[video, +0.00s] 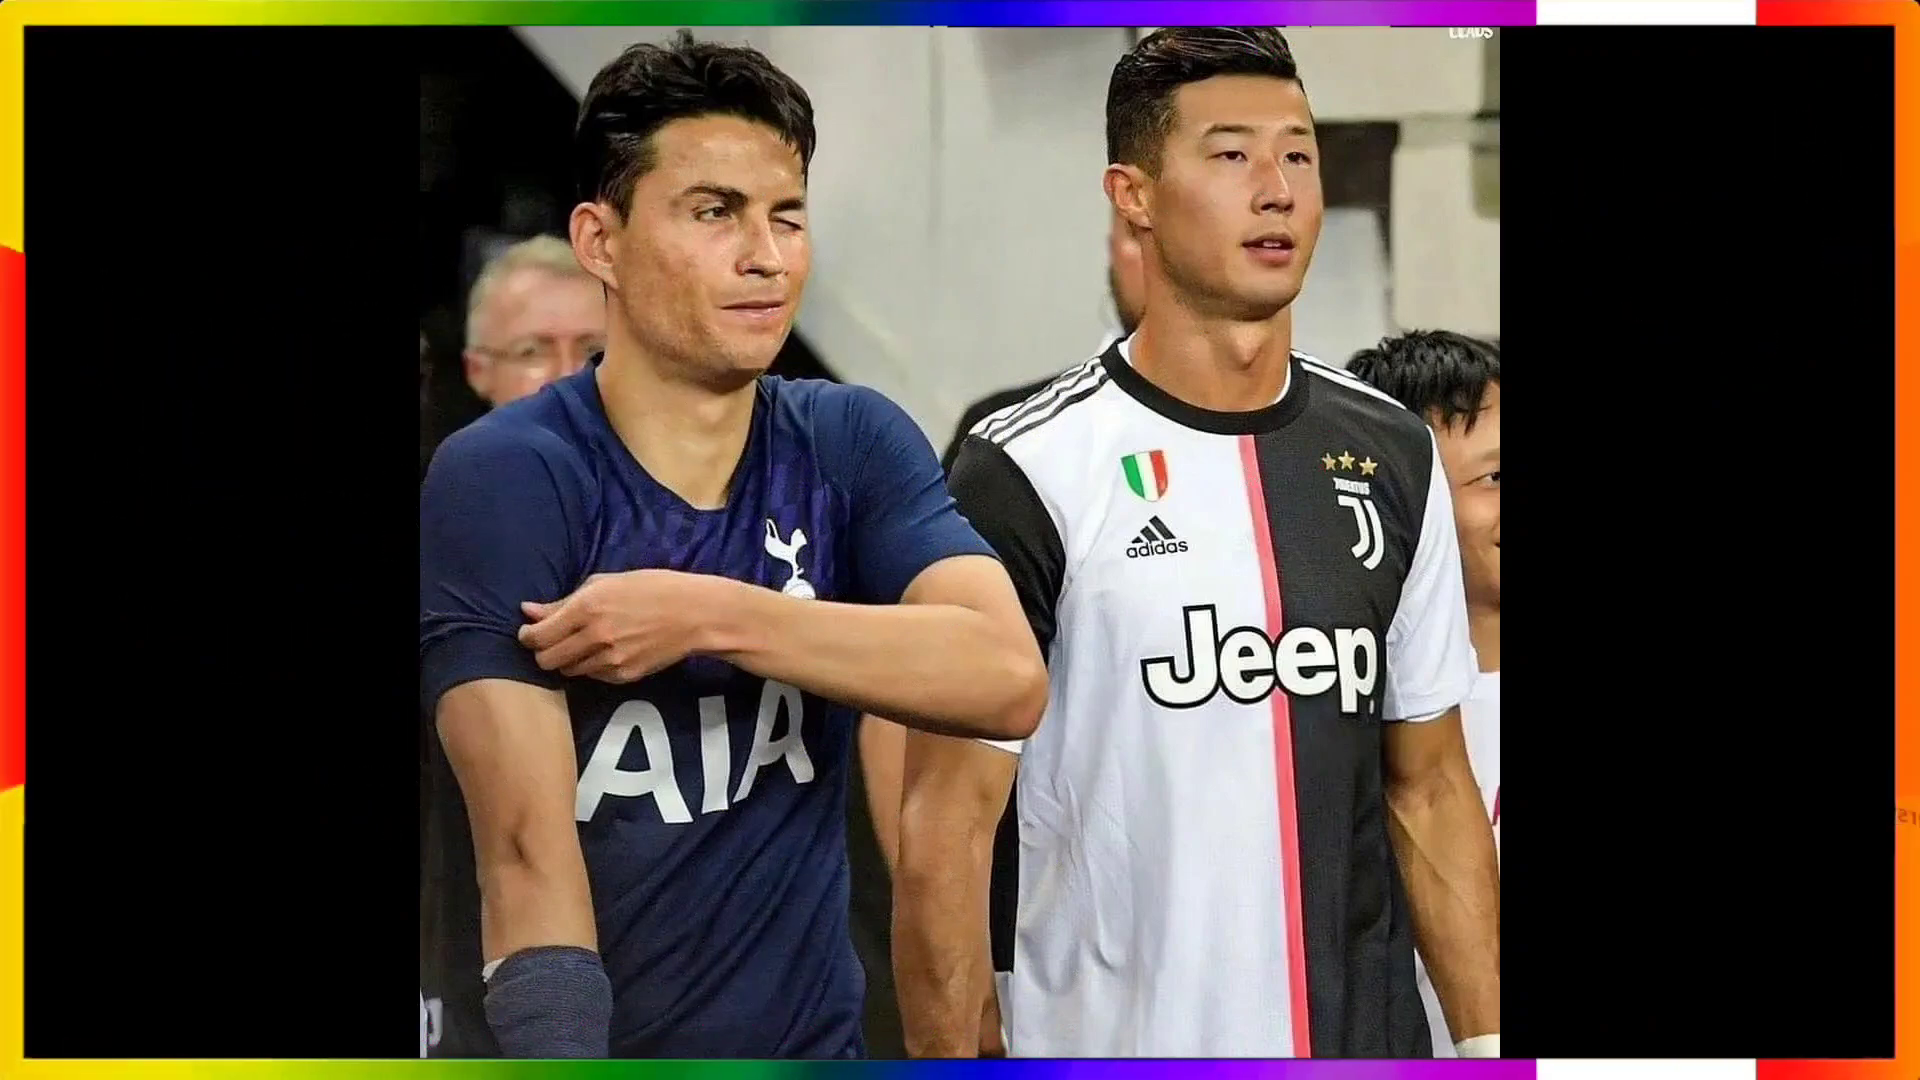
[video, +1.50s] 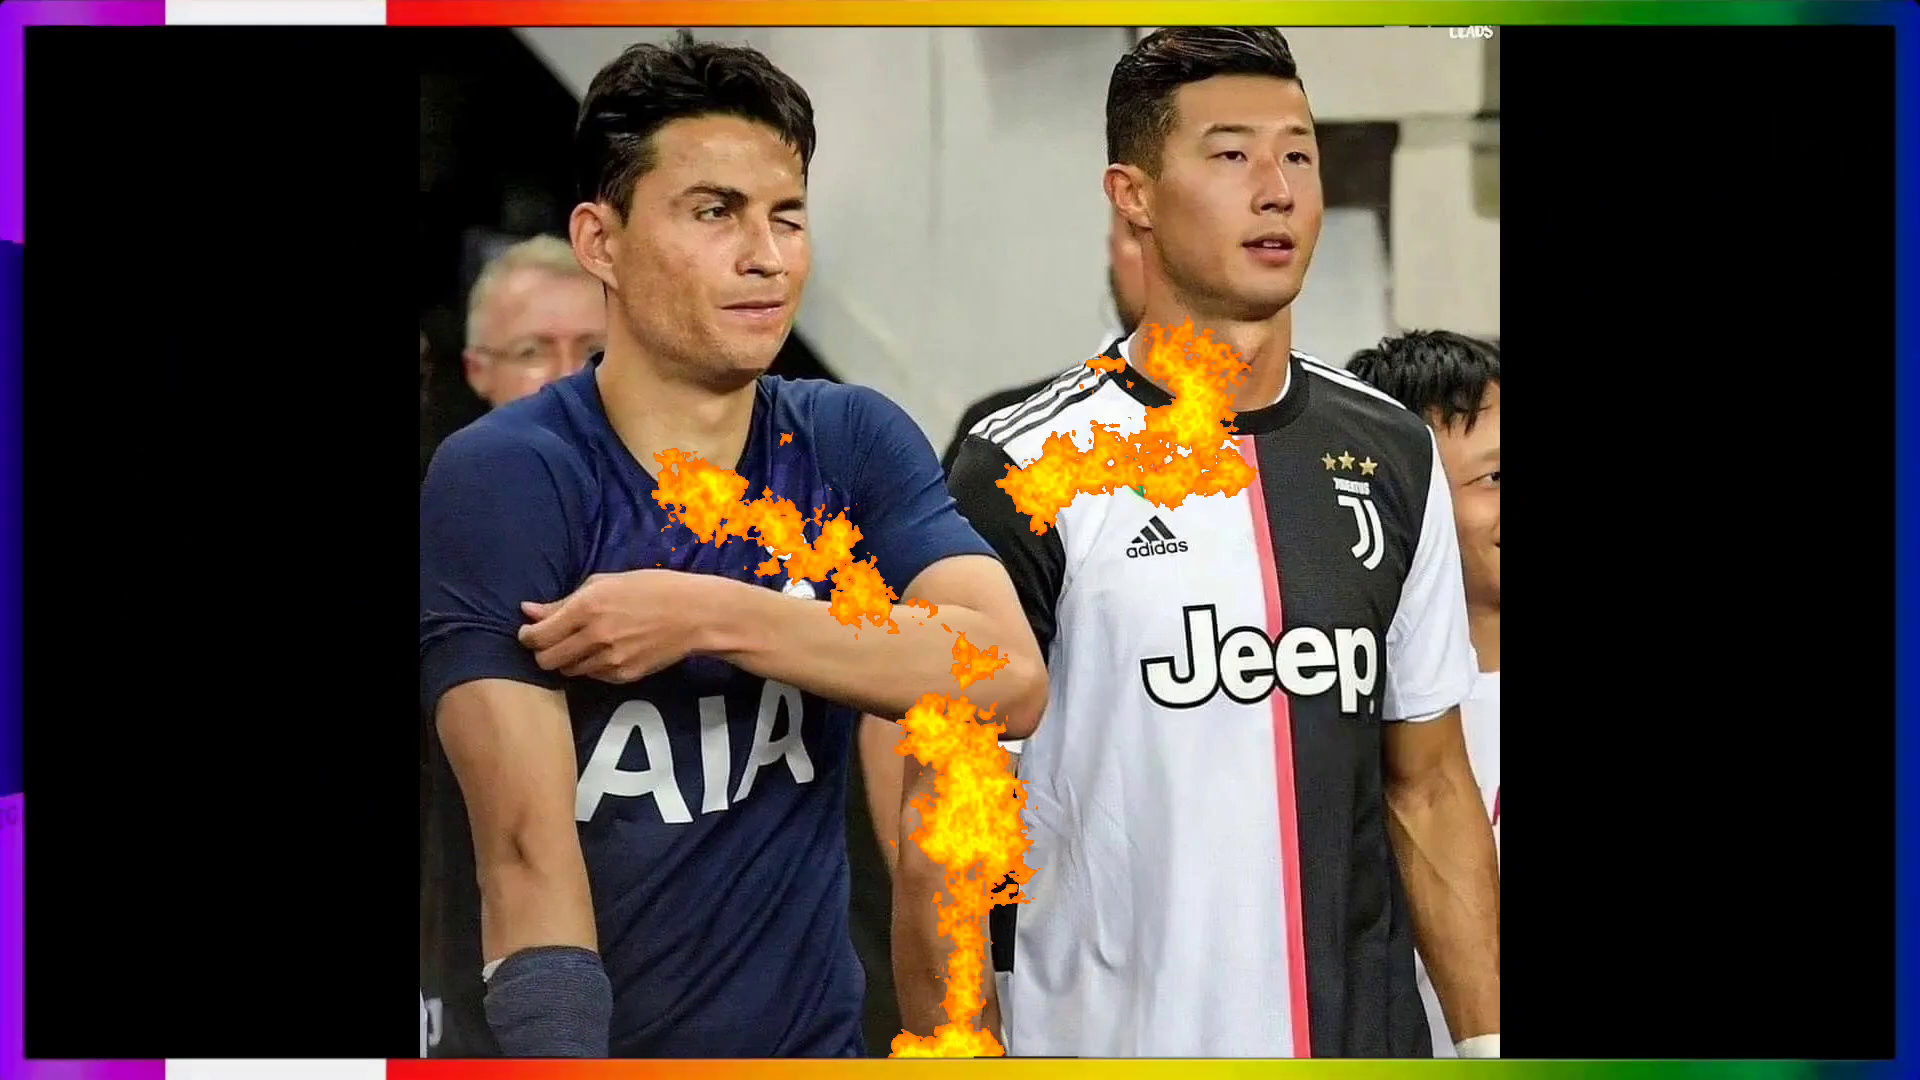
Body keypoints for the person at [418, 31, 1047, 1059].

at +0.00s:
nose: (766, 257)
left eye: (785, 218)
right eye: (712, 212)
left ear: (809, 237)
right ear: (601, 241)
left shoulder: (856, 439)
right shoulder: (499, 476)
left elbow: (1009, 681)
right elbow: (525, 851)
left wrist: (713, 613)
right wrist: (561, 1058)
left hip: (812, 1042)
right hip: (594, 1036)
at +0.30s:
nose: (765, 257)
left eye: (785, 217)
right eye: (712, 212)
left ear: (809, 236)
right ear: (601, 242)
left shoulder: (856, 439)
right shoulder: (499, 477)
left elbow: (1009, 681)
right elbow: (525, 851)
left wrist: (713, 613)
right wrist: (560, 1060)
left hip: (811, 1041)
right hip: (598, 1036)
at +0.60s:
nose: (765, 257)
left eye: (785, 217)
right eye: (712, 212)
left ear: (809, 236)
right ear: (601, 242)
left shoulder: (856, 439)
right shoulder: (499, 477)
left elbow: (1009, 680)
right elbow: (525, 851)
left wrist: (714, 613)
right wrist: (559, 1061)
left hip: (811, 1040)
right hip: (596, 1037)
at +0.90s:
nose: (766, 257)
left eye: (785, 218)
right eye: (712, 212)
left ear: (809, 237)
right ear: (601, 241)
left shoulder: (857, 439)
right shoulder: (499, 476)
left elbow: (1009, 681)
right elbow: (525, 851)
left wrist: (714, 613)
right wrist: (560, 1059)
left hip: (812, 1041)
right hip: (594, 1036)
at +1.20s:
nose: (766, 257)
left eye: (786, 218)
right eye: (712, 212)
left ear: (809, 237)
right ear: (601, 241)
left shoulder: (856, 439)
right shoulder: (499, 477)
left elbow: (1009, 680)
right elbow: (525, 851)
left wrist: (713, 613)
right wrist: (560, 1059)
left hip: (810, 1041)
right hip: (598, 1036)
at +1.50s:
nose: (766, 257)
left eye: (786, 218)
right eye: (712, 213)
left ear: (809, 237)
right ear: (601, 241)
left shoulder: (859, 437)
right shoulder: (500, 476)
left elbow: (1011, 679)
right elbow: (525, 852)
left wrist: (717, 615)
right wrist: (560, 1061)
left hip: (810, 1041)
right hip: (598, 1038)